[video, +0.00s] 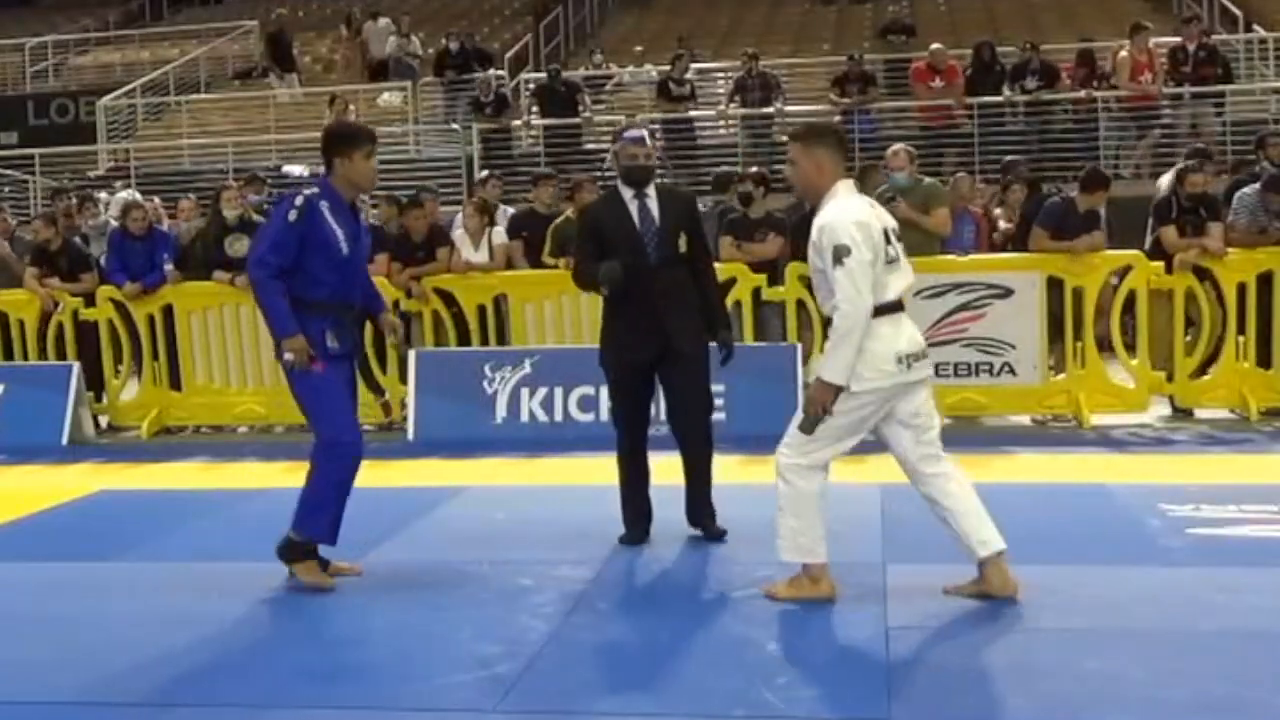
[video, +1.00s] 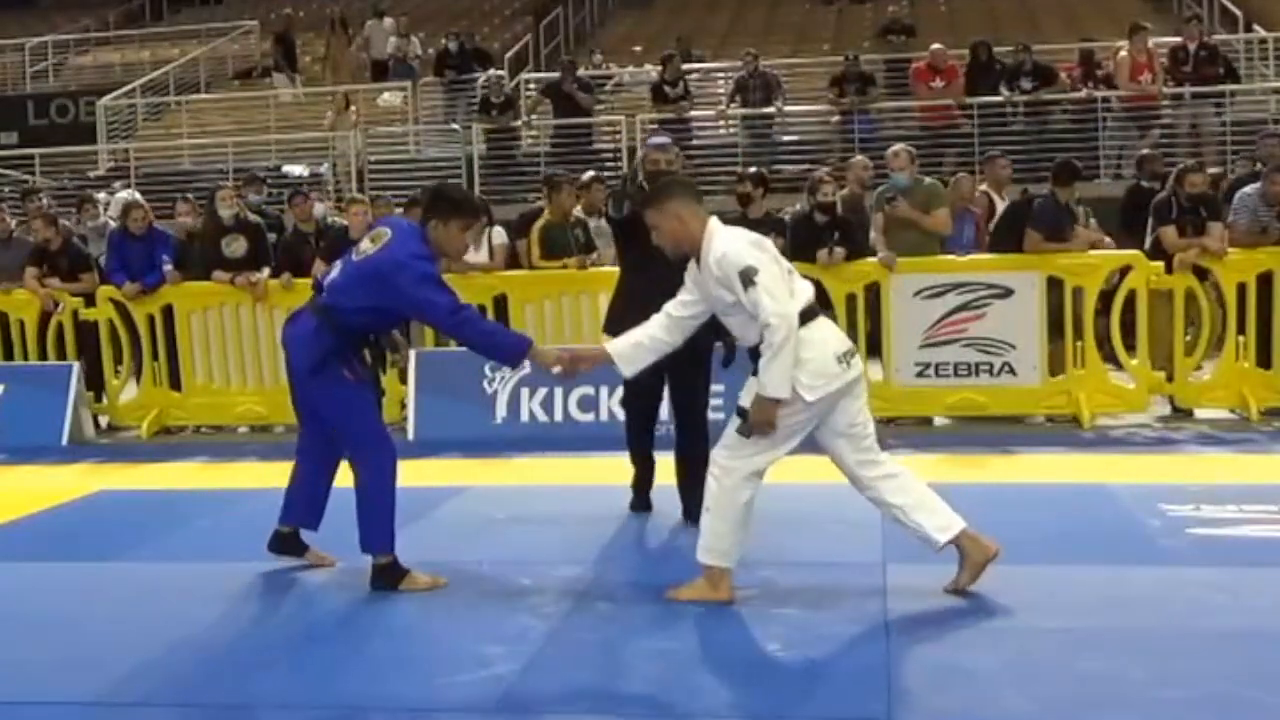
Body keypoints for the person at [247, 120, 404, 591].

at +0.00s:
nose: (376, 169)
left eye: (375, 160)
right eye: (370, 160)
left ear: (350, 163)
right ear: (342, 162)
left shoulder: (351, 214)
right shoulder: (301, 206)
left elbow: (355, 273)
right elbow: (261, 268)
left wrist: (381, 313)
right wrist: (287, 332)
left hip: (340, 338)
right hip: (308, 340)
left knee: (340, 441)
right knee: (342, 441)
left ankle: (311, 545)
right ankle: (301, 543)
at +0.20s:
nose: (412, 178)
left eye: (410, 169)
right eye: (405, 169)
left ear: (384, 173)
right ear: (378, 173)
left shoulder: (380, 223)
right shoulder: (345, 206)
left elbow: (363, 284)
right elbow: (288, 255)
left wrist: (393, 315)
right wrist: (313, 327)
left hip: (347, 340)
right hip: (321, 342)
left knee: (338, 445)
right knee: (365, 446)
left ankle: (309, 551)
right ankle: (386, 563)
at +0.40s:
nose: (463, 219)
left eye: (465, 208)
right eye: (458, 208)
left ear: (431, 205)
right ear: (432, 204)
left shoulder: (400, 235)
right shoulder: (389, 240)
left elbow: (377, 305)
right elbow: (348, 294)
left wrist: (414, 348)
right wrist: (412, 346)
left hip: (319, 342)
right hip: (329, 347)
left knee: (334, 450)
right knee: (375, 454)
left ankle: (307, 551)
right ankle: (385, 566)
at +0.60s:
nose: (481, 249)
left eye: (483, 240)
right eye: (476, 239)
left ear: (444, 229)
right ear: (450, 234)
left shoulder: (407, 230)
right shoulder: (425, 275)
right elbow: (468, 326)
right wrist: (547, 342)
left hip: (309, 330)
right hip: (332, 348)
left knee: (308, 440)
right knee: (383, 452)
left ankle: (285, 540)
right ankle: (387, 567)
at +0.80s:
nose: (483, 257)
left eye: (485, 248)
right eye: (479, 247)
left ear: (448, 236)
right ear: (453, 239)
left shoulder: (411, 237)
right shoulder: (422, 278)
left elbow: (366, 280)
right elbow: (467, 330)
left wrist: (399, 339)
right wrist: (544, 348)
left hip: (309, 329)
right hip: (331, 347)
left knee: (309, 439)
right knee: (382, 449)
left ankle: (286, 540)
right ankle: (387, 566)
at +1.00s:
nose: (470, 243)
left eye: (473, 233)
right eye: (465, 232)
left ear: (434, 223)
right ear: (437, 225)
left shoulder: (398, 230)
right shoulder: (407, 267)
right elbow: (459, 321)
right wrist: (533, 351)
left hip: (308, 332)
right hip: (327, 347)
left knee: (321, 439)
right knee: (376, 452)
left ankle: (288, 533)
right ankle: (385, 566)